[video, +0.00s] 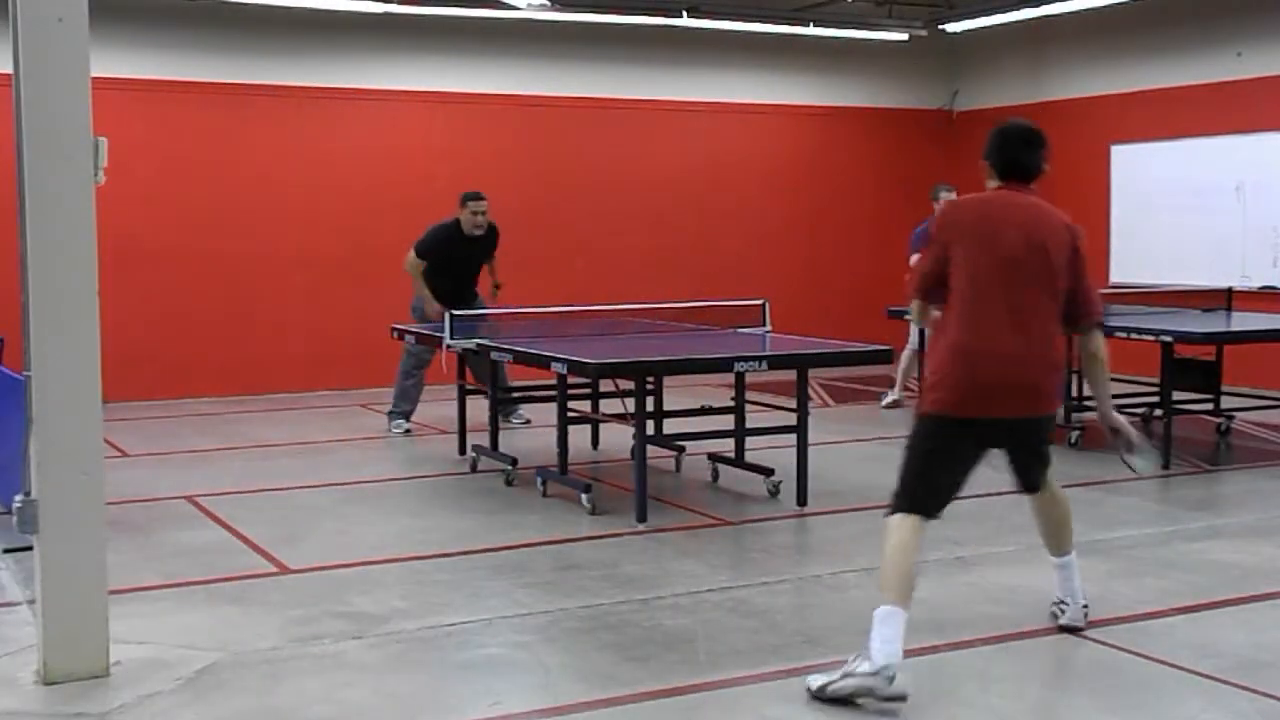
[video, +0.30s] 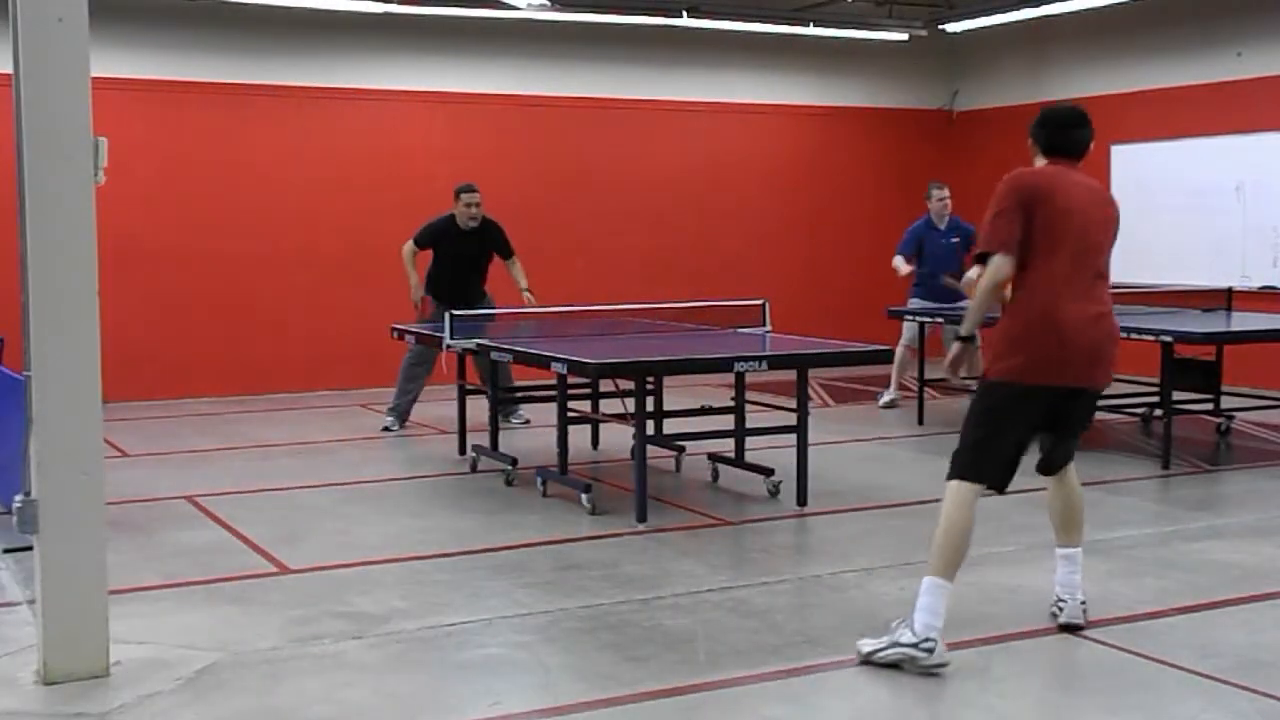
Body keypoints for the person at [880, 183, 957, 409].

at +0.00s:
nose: (951, 207)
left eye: (953, 202)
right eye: (946, 202)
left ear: (957, 204)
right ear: (935, 203)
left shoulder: (959, 231)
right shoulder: (923, 233)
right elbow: (916, 263)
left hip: (953, 298)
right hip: (927, 297)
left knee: (950, 346)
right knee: (914, 346)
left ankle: (945, 395)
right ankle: (897, 391)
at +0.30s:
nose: (946, 204)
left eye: (948, 199)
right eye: (940, 200)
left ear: (952, 201)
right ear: (928, 203)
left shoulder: (963, 230)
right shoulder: (918, 230)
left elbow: (979, 256)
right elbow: (899, 257)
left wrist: (972, 276)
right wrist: (903, 268)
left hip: (955, 296)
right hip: (923, 296)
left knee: (970, 342)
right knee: (907, 342)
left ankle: (974, 382)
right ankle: (893, 389)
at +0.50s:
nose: (917, 216)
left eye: (921, 211)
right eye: (912, 212)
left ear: (929, 211)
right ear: (907, 215)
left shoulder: (945, 231)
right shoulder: (904, 237)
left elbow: (975, 252)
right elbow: (889, 265)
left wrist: (961, 275)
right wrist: (877, 282)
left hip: (949, 300)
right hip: (916, 301)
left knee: (969, 347)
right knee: (901, 345)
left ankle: (977, 387)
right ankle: (893, 390)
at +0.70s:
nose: (905, 211)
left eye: (908, 206)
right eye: (900, 208)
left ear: (915, 205)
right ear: (893, 212)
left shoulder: (931, 227)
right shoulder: (892, 236)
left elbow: (959, 254)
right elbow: (896, 265)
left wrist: (943, 276)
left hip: (940, 298)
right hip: (908, 300)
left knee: (963, 344)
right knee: (898, 345)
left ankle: (977, 385)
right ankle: (892, 390)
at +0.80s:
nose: (910, 206)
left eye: (912, 200)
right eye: (905, 202)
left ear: (918, 201)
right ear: (896, 205)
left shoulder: (933, 223)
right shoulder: (894, 230)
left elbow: (958, 250)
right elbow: (901, 254)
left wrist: (941, 270)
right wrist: (916, 233)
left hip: (940, 295)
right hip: (909, 296)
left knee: (962, 340)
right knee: (900, 344)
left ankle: (975, 384)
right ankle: (892, 391)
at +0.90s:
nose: (921, 201)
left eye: (923, 196)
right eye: (916, 197)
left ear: (926, 197)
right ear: (903, 200)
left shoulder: (937, 223)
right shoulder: (897, 228)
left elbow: (956, 251)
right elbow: (904, 256)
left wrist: (946, 270)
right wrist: (924, 236)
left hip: (940, 293)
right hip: (910, 295)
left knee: (962, 339)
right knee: (901, 344)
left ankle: (978, 384)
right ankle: (893, 390)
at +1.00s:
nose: (932, 202)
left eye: (934, 197)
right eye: (927, 198)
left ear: (936, 199)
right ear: (914, 200)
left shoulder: (944, 227)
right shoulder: (904, 230)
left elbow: (955, 255)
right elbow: (907, 261)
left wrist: (953, 277)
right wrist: (936, 252)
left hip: (942, 294)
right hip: (913, 295)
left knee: (961, 339)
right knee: (903, 343)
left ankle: (974, 382)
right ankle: (892, 391)